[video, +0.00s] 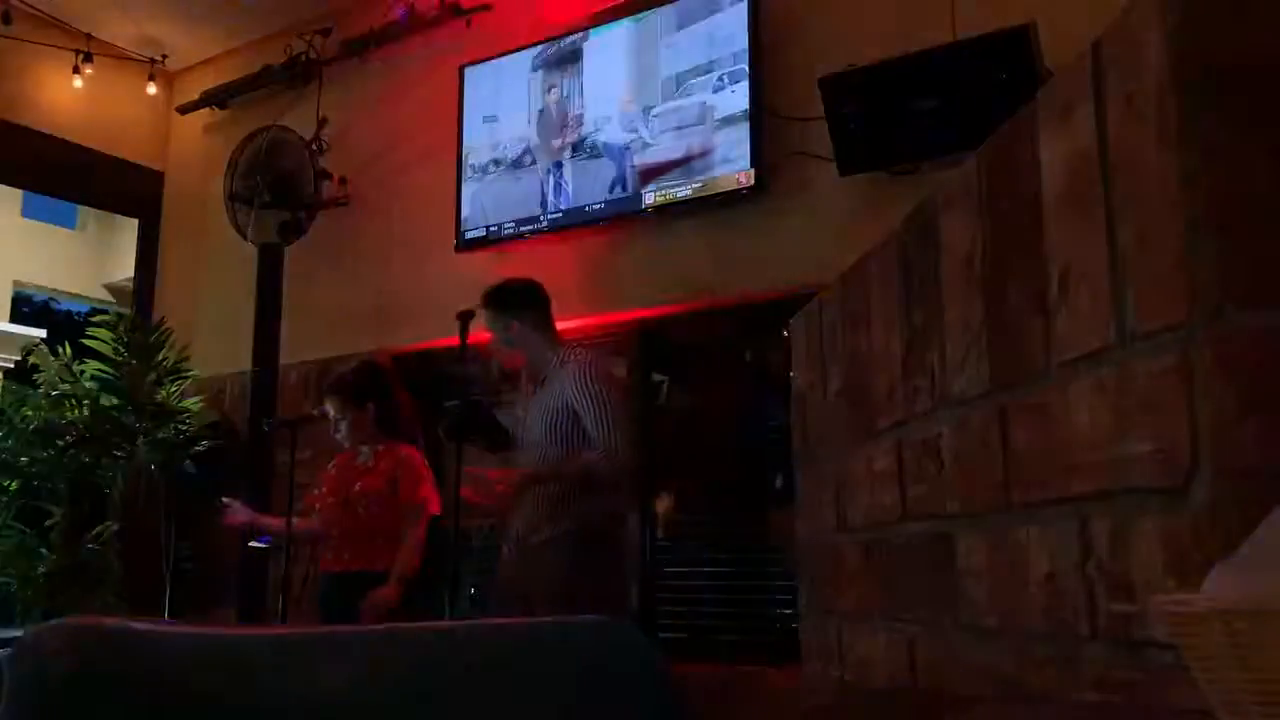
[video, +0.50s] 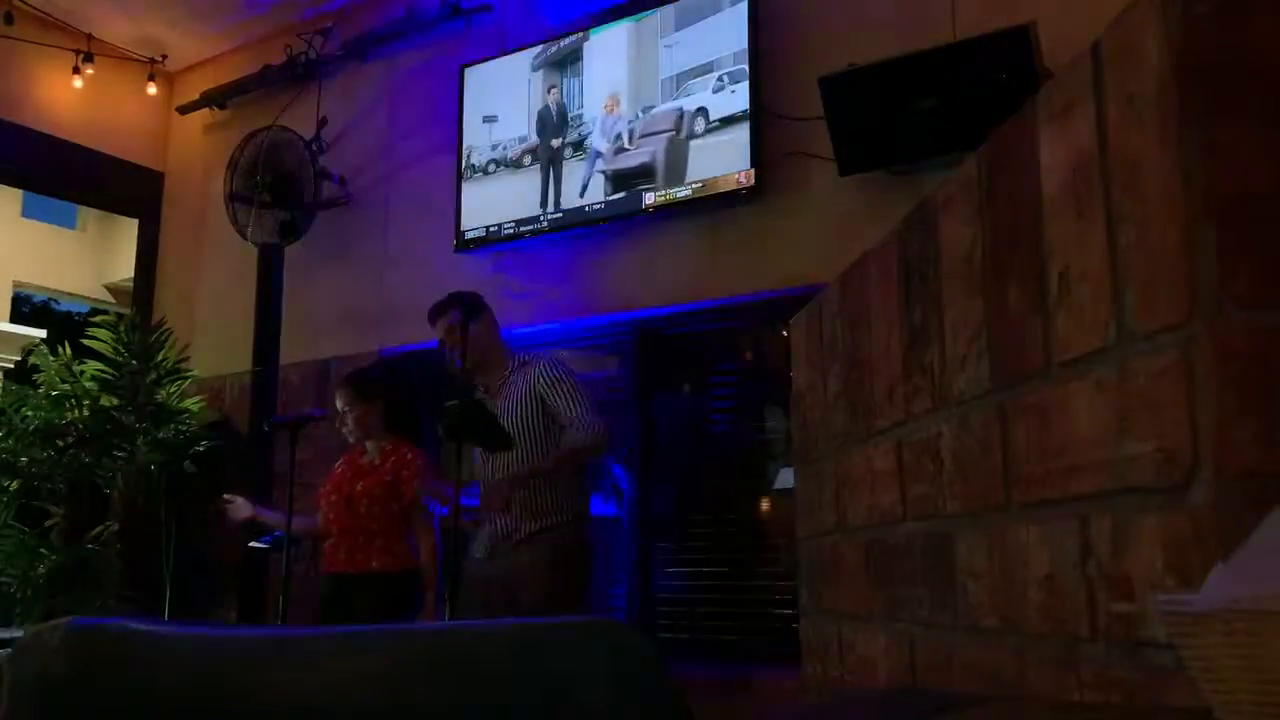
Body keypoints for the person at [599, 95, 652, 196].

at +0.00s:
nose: (629, 106)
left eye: (631, 103)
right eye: (626, 103)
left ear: (633, 103)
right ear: (621, 104)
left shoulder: (635, 114)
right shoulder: (617, 114)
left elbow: (640, 127)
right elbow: (614, 134)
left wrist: (647, 139)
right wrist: (630, 137)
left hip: (624, 144)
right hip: (611, 143)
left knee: (625, 168)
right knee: (621, 168)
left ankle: (625, 191)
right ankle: (610, 192)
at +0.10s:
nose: (625, 106)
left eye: (627, 103)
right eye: (623, 103)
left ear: (631, 104)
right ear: (618, 104)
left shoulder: (634, 114)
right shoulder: (616, 115)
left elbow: (639, 127)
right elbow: (613, 132)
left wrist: (644, 140)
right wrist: (622, 141)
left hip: (618, 144)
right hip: (607, 142)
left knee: (620, 167)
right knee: (617, 166)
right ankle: (610, 192)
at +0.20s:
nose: (619, 106)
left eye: (622, 103)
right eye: (617, 104)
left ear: (626, 104)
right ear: (614, 105)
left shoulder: (628, 115)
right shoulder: (611, 116)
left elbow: (634, 126)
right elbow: (607, 133)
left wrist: (638, 141)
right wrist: (616, 142)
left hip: (614, 144)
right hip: (604, 143)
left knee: (615, 168)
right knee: (609, 165)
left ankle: (609, 193)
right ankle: (602, 190)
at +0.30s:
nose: (616, 106)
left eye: (619, 104)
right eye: (614, 104)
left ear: (624, 104)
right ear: (611, 105)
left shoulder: (628, 116)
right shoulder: (609, 116)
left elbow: (632, 129)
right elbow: (605, 133)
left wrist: (634, 142)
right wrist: (612, 144)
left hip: (615, 145)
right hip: (602, 143)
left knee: (616, 168)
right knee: (600, 169)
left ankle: (610, 192)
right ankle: (592, 189)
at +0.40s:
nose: (612, 108)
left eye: (615, 105)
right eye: (610, 105)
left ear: (620, 105)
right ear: (607, 106)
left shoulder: (622, 117)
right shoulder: (605, 117)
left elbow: (627, 130)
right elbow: (600, 134)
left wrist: (629, 143)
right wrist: (608, 145)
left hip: (612, 146)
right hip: (599, 144)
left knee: (613, 168)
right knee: (591, 171)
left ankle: (612, 191)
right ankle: (582, 195)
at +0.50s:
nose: (609, 108)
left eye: (612, 105)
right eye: (607, 105)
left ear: (617, 106)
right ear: (605, 106)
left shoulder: (621, 118)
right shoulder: (602, 118)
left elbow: (624, 132)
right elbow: (596, 138)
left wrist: (626, 144)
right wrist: (605, 147)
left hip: (610, 149)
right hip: (596, 148)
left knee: (610, 173)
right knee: (588, 172)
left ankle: (609, 196)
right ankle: (581, 195)